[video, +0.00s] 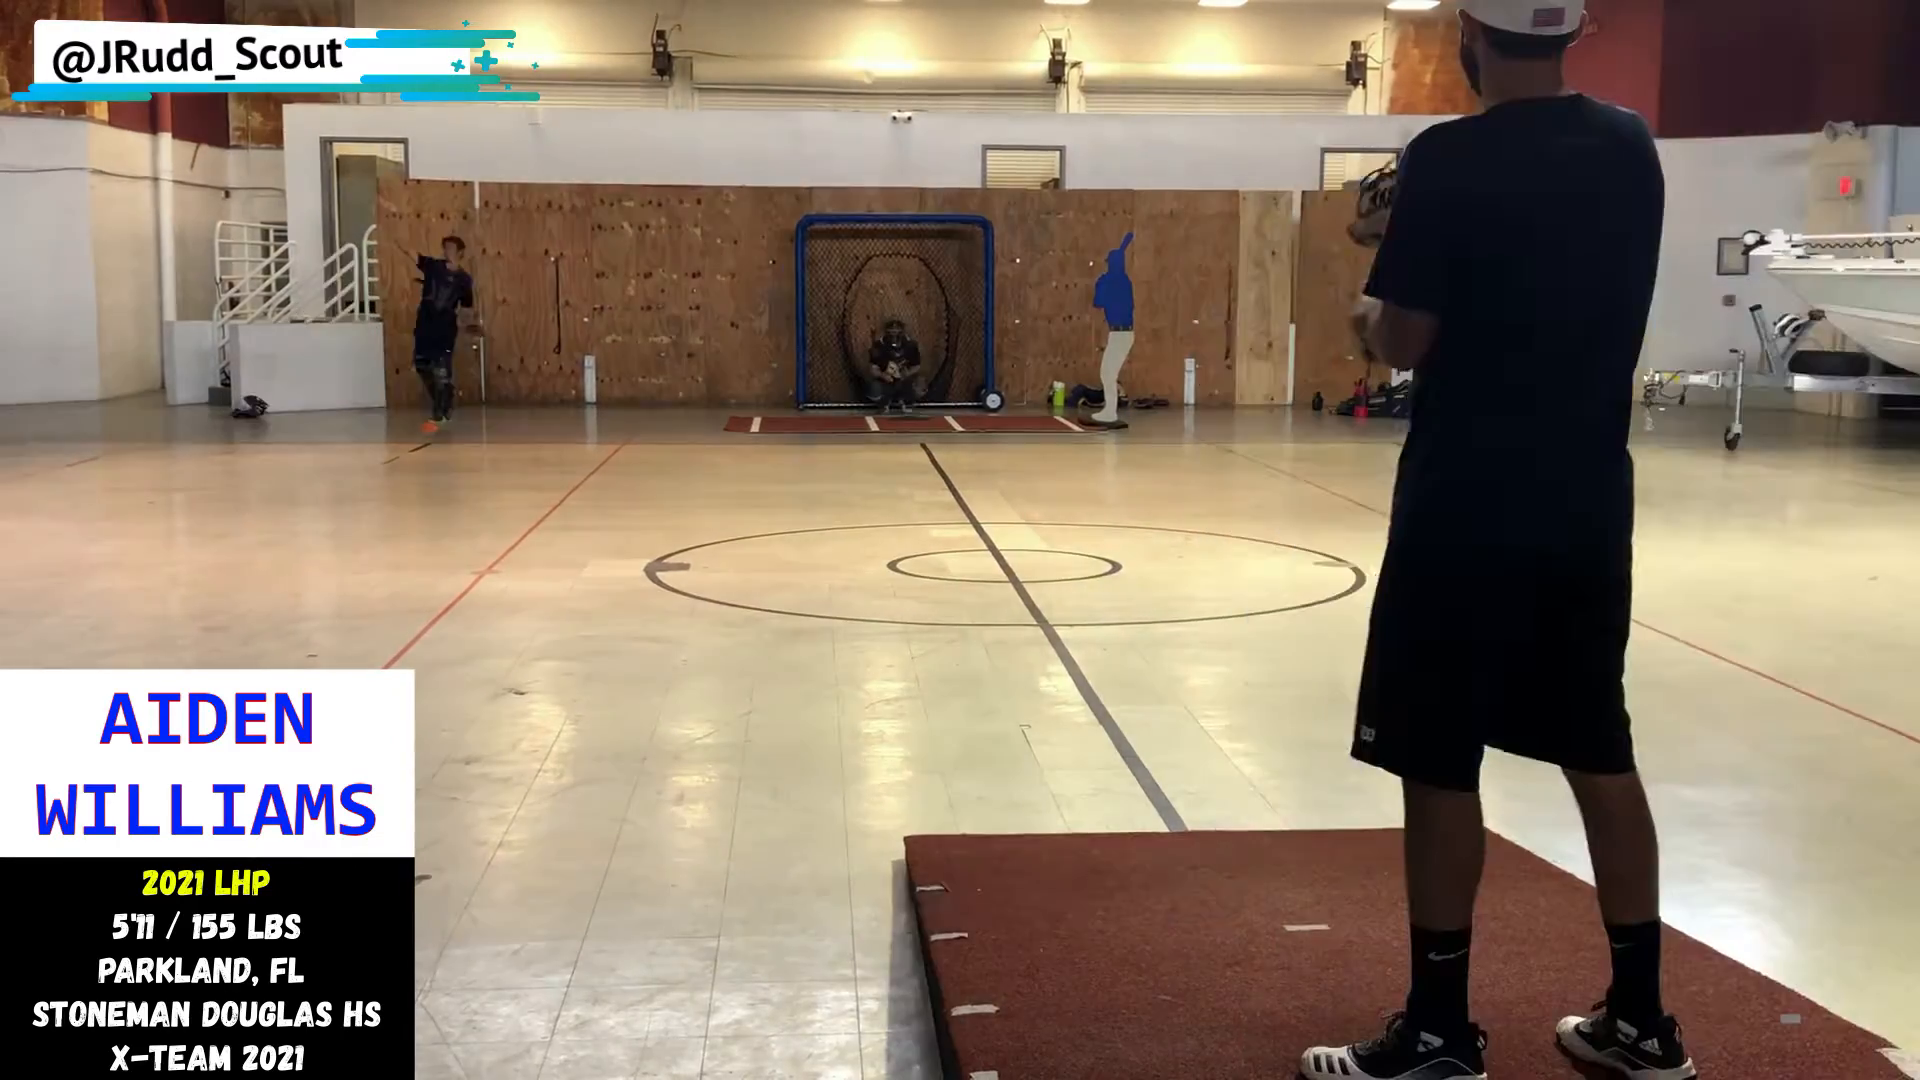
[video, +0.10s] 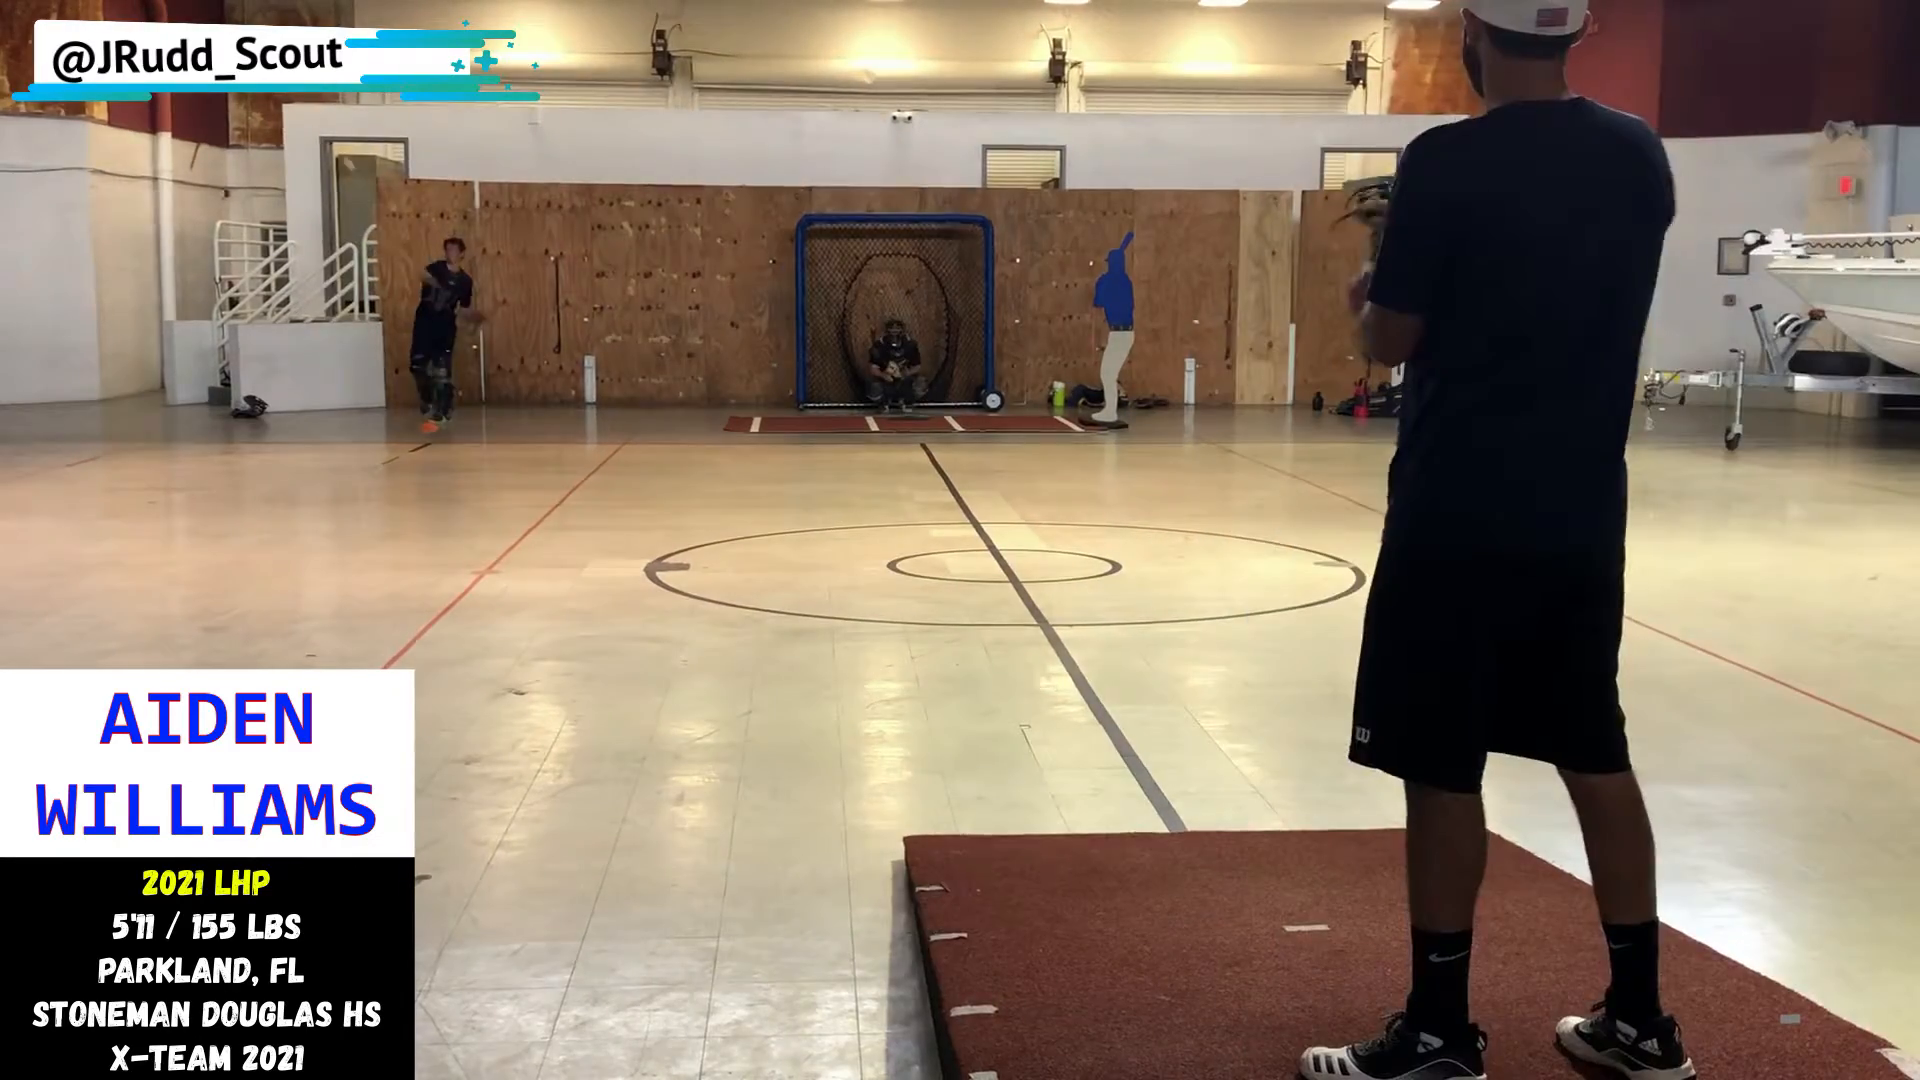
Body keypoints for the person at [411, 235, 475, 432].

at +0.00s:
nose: (447, 252)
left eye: (451, 248)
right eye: (445, 248)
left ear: (459, 252)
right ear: (443, 250)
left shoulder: (463, 278)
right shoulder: (433, 265)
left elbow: (467, 306)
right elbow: (414, 256)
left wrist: (471, 326)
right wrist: (397, 244)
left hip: (445, 324)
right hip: (425, 321)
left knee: (441, 368)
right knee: (421, 364)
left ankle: (439, 414)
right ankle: (442, 399)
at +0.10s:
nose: (450, 253)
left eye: (454, 250)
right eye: (448, 249)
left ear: (461, 253)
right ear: (445, 252)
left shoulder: (465, 280)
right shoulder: (437, 267)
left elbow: (464, 309)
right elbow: (424, 276)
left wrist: (475, 316)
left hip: (445, 324)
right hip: (425, 321)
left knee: (441, 367)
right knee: (418, 364)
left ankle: (440, 412)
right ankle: (426, 400)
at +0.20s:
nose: (451, 254)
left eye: (454, 250)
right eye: (448, 250)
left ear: (462, 253)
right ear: (445, 253)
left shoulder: (466, 280)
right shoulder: (439, 271)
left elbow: (463, 305)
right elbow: (447, 294)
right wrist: (467, 312)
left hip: (445, 321)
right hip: (425, 320)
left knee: (443, 363)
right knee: (418, 363)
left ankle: (443, 408)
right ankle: (417, 400)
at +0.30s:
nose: (454, 254)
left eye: (458, 250)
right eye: (451, 250)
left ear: (463, 253)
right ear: (446, 253)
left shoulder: (464, 277)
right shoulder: (443, 272)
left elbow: (469, 304)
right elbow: (456, 296)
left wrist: (477, 290)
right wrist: (476, 312)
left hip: (445, 321)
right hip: (426, 320)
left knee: (445, 363)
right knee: (420, 362)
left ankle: (445, 408)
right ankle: (411, 400)